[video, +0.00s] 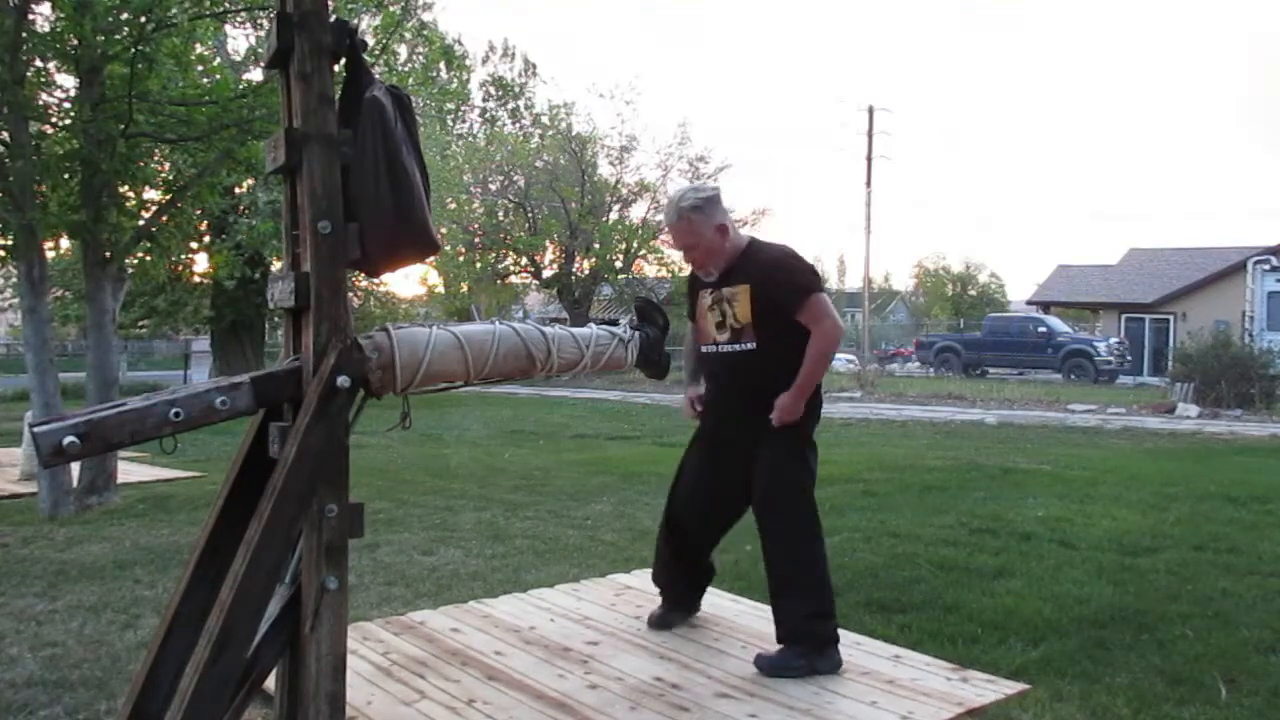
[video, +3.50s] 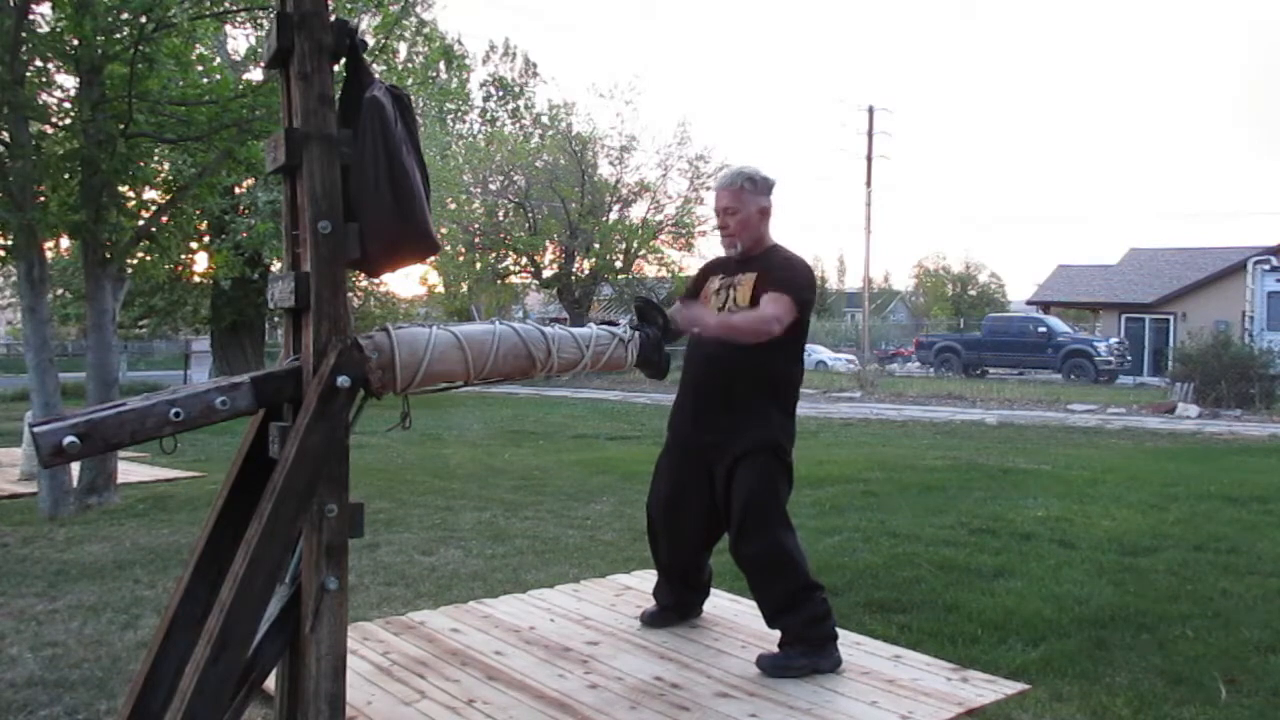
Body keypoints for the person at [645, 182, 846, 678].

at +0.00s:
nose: (688, 260)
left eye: (692, 248)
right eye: (682, 251)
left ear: (723, 231)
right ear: (679, 242)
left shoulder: (774, 264)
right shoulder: (700, 282)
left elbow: (829, 329)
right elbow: (700, 336)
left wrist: (798, 395)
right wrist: (694, 382)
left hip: (780, 424)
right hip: (724, 423)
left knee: (789, 532)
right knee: (688, 509)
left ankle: (814, 645)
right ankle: (679, 598)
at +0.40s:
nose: (709, 228)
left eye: (718, 218)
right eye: (705, 219)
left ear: (751, 216)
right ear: (703, 219)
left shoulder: (786, 271)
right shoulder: (701, 278)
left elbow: (793, 339)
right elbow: (682, 329)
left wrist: (739, 373)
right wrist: (669, 339)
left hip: (769, 430)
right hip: (707, 428)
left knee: (764, 517)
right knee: (678, 508)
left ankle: (812, 642)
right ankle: (681, 596)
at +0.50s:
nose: (717, 222)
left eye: (728, 212)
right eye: (714, 212)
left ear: (761, 213)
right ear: (713, 213)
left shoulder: (793, 271)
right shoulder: (708, 275)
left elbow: (789, 327)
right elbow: (678, 330)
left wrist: (715, 317)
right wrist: (679, 312)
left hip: (767, 433)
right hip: (705, 428)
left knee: (763, 519)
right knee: (676, 512)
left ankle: (813, 643)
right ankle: (682, 595)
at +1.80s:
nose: (725, 226)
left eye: (735, 216)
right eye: (719, 217)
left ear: (764, 212)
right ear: (714, 217)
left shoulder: (792, 270)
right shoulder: (708, 272)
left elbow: (803, 336)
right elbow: (675, 325)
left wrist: (742, 367)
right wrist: (642, 357)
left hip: (762, 425)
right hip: (701, 419)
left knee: (764, 522)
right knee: (676, 509)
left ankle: (812, 642)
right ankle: (681, 599)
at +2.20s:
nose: (720, 221)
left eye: (730, 211)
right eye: (714, 212)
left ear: (762, 209)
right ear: (711, 213)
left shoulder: (788, 266)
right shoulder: (710, 269)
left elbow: (771, 325)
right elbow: (685, 324)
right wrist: (662, 339)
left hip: (765, 424)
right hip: (707, 420)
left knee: (763, 526)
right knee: (680, 506)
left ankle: (813, 642)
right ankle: (681, 598)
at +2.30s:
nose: (723, 219)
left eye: (734, 209)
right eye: (718, 210)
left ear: (765, 208)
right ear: (714, 211)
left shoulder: (787, 264)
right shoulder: (712, 270)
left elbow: (756, 305)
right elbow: (684, 325)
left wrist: (681, 293)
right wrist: (659, 317)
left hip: (765, 427)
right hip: (706, 422)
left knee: (763, 526)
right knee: (681, 508)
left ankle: (813, 642)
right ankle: (682, 598)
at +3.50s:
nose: (723, 222)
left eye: (734, 213)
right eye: (719, 212)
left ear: (766, 212)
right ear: (717, 213)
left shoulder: (790, 270)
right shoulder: (709, 274)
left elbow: (768, 323)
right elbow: (682, 318)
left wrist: (700, 320)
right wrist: (656, 324)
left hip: (757, 428)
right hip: (694, 423)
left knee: (759, 533)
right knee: (670, 512)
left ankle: (813, 642)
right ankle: (680, 598)